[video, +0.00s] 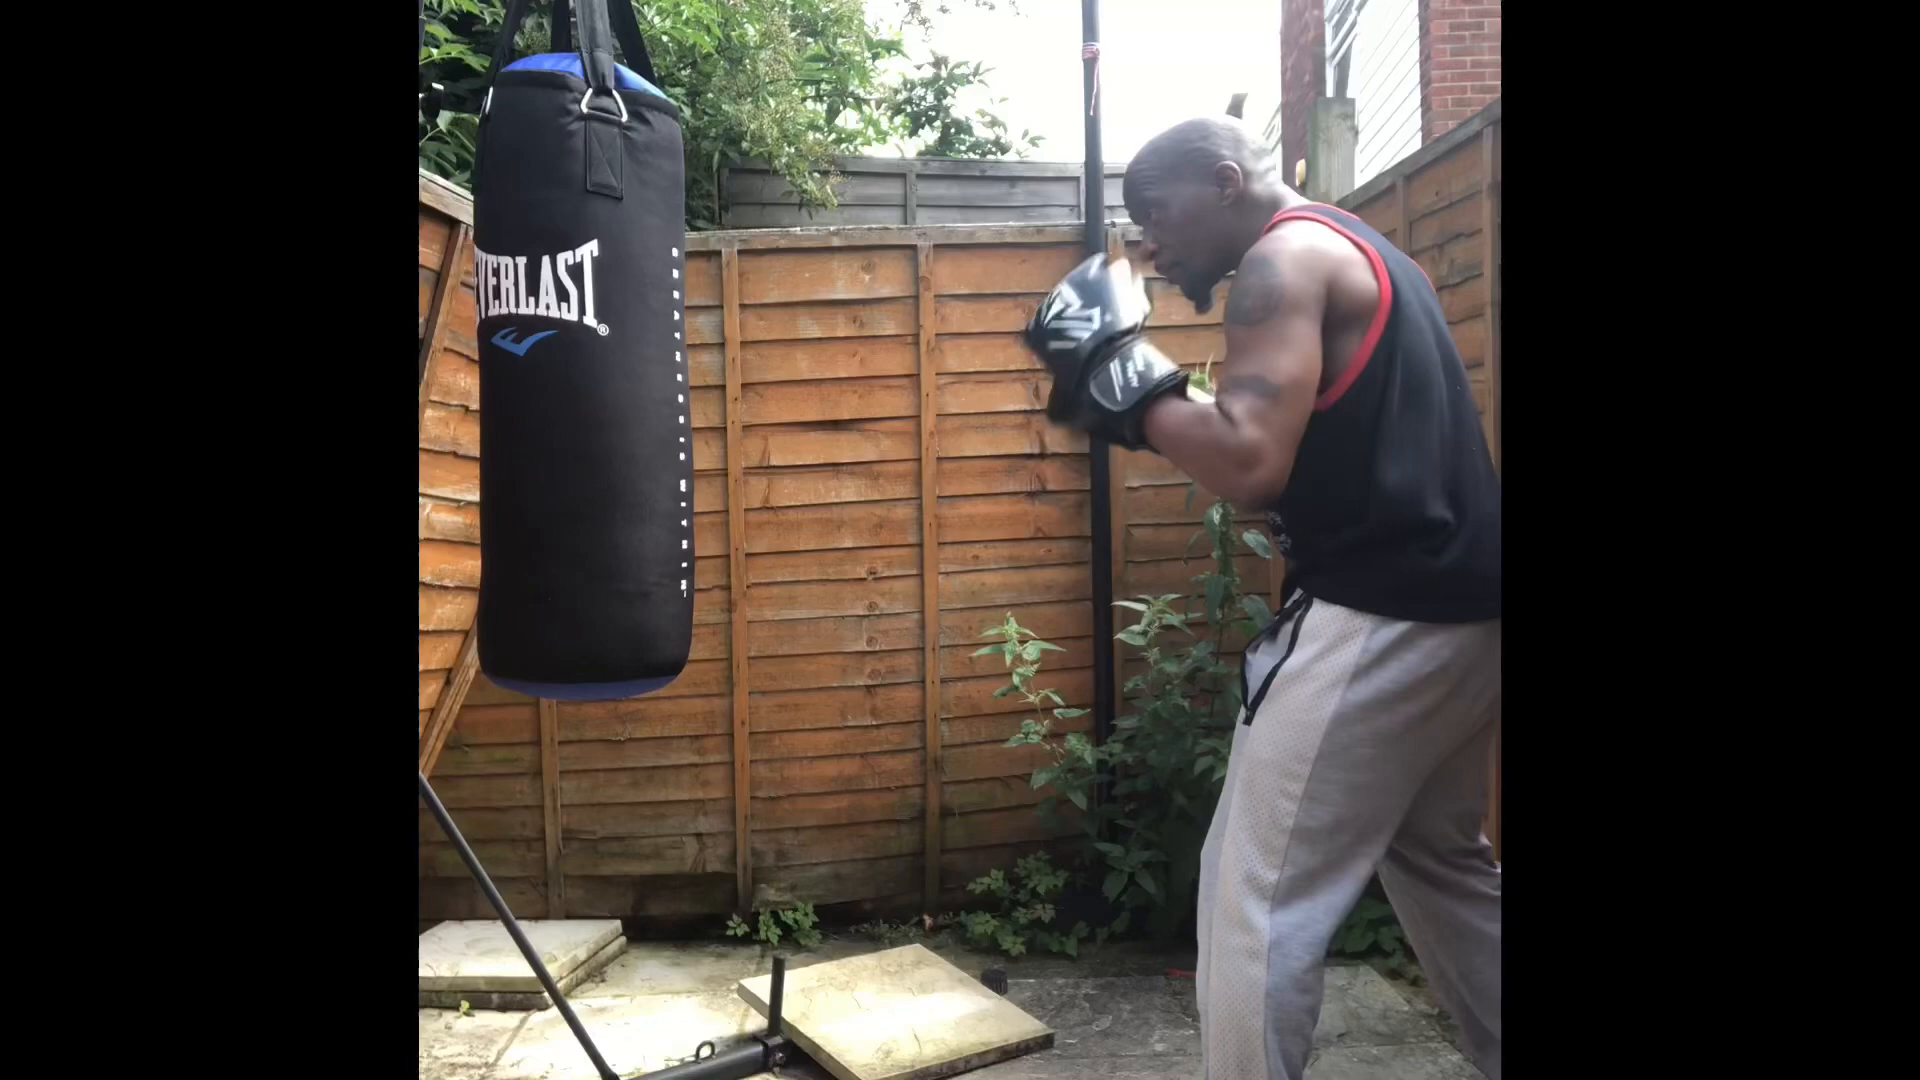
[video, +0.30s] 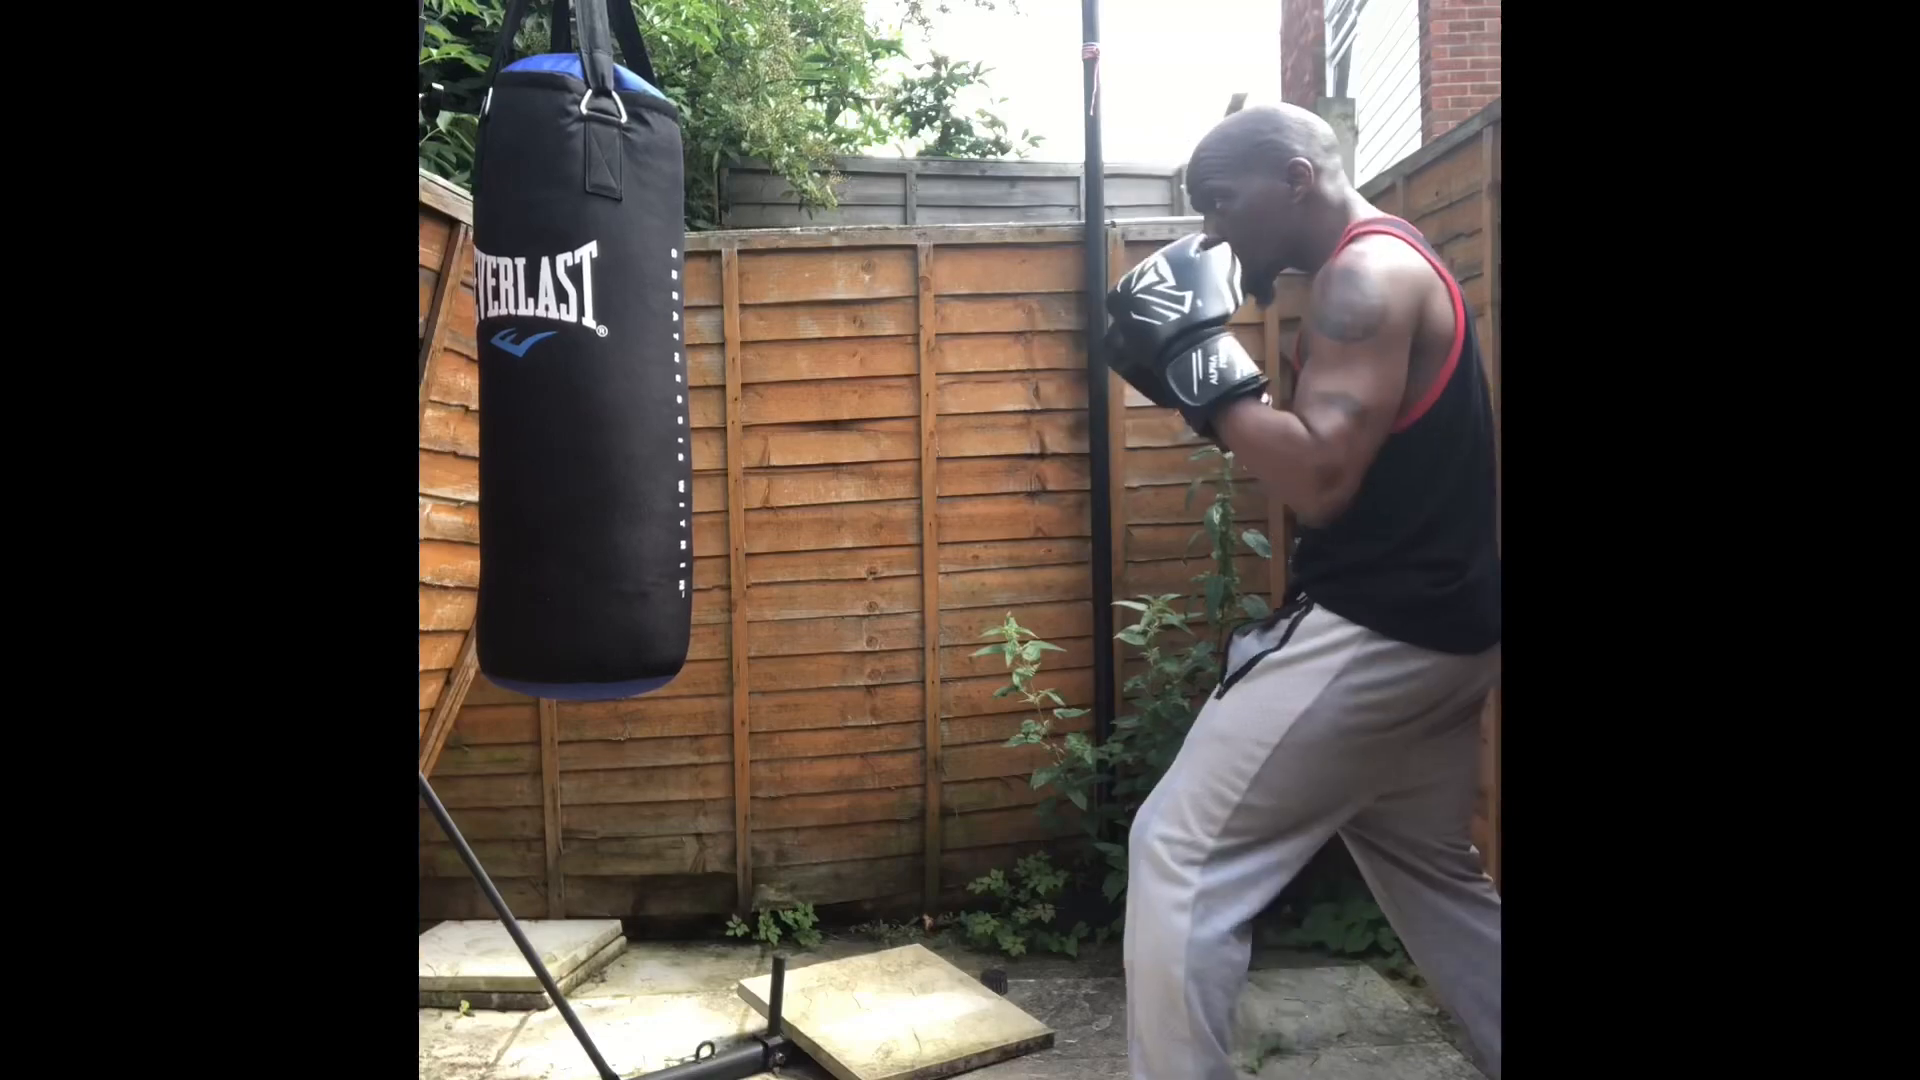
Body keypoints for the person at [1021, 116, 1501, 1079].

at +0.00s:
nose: (1151, 253)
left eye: (1156, 224)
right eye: (1141, 233)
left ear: (1226, 185)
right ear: (1238, 181)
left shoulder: (1286, 260)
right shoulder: (1346, 244)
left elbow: (1249, 464)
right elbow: (1272, 446)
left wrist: (1123, 366)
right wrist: (1134, 404)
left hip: (1386, 607)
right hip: (1464, 598)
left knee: (1254, 891)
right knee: (1442, 858)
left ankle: (1249, 1068)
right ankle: (1498, 1052)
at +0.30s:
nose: (1217, 236)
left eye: (1224, 207)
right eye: (1208, 213)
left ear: (1298, 181)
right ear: (1300, 188)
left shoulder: (1367, 274)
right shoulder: (1370, 261)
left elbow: (1319, 475)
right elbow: (1305, 455)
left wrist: (1196, 359)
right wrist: (1179, 383)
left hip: (1384, 623)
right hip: (1436, 620)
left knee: (1179, 846)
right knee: (1433, 872)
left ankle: (1176, 1067)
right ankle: (1502, 1049)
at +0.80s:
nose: (1089, 243)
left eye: (1098, 212)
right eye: (1083, 218)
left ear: (1173, 193)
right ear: (1188, 197)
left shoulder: (1207, 272)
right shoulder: (1319, 261)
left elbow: (1141, 469)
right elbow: (1277, 432)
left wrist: (1035, 381)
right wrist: (1139, 355)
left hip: (1297, 636)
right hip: (1420, 626)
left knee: (1139, 898)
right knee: (1427, 882)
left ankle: (1109, 1068)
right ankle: (1501, 1053)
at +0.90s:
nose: (1126, 242)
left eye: (1133, 210)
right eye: (1121, 216)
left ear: (1211, 190)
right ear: (1223, 190)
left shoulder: (1251, 271)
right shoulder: (1343, 255)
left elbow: (1195, 485)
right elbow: (1275, 454)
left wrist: (1083, 355)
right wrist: (1157, 351)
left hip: (1316, 640)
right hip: (1436, 629)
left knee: (1160, 899)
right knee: (1431, 879)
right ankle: (1499, 1053)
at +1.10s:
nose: (1185, 238)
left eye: (1192, 206)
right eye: (1179, 213)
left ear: (1269, 184)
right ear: (1285, 188)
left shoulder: (1312, 278)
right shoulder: (1395, 256)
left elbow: (1261, 484)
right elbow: (1367, 442)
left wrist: (1141, 369)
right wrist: (1218, 368)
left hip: (1374, 643)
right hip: (1464, 630)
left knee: (1207, 898)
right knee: (1432, 884)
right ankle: (1499, 1056)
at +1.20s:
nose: (1189, 239)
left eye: (1195, 207)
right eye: (1182, 214)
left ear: (1272, 186)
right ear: (1290, 190)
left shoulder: (1318, 278)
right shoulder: (1400, 260)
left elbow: (1265, 486)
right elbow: (1351, 450)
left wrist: (1147, 368)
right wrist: (1214, 372)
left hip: (1378, 640)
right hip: (1464, 629)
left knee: (1206, 897)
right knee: (1429, 883)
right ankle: (1500, 1056)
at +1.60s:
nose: (1029, 203)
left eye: (1047, 173)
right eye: (1022, 181)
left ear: (1134, 157)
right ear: (1140, 165)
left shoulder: (1172, 253)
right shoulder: (1211, 235)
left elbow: (1057, 441)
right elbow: (1198, 403)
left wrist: (910, 341)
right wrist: (1060, 336)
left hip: (1259, 644)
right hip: (1333, 626)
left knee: (1076, 884)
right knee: (1404, 901)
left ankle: (1065, 1069)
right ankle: (1497, 1051)